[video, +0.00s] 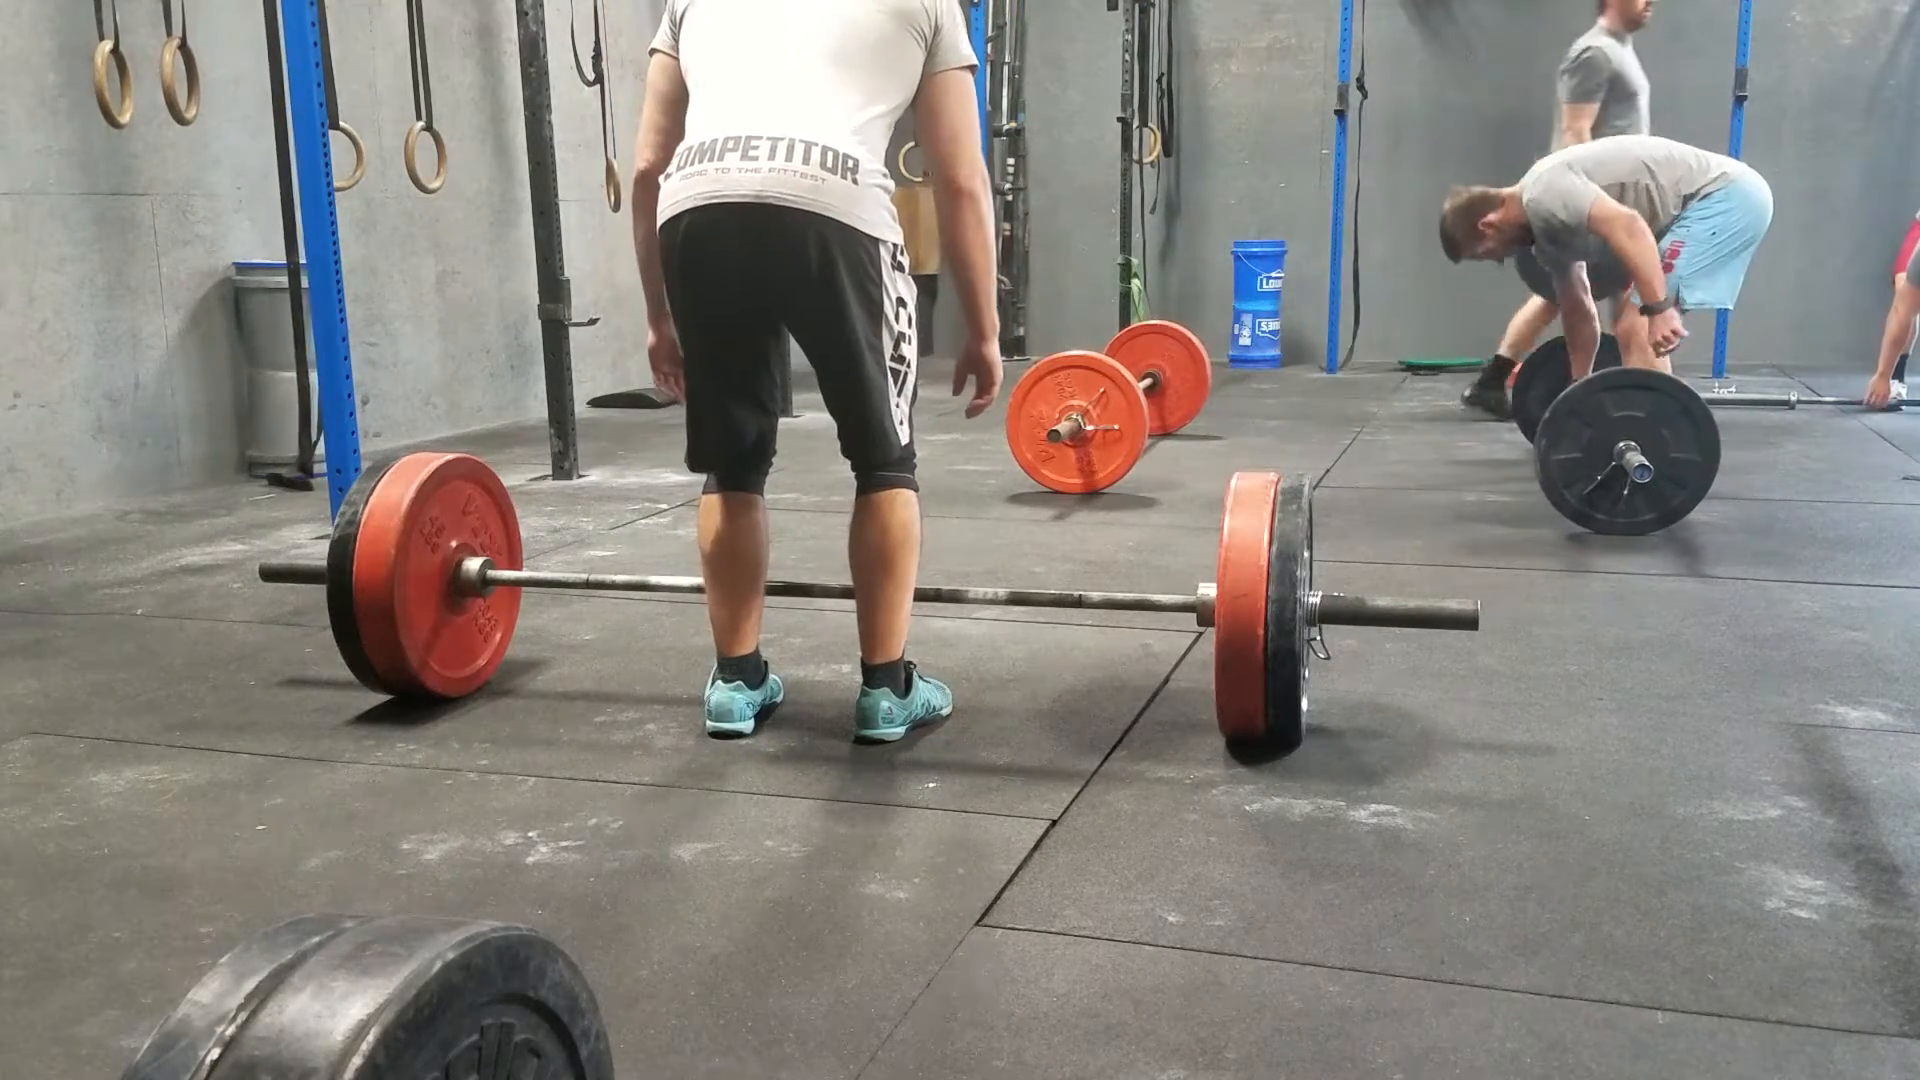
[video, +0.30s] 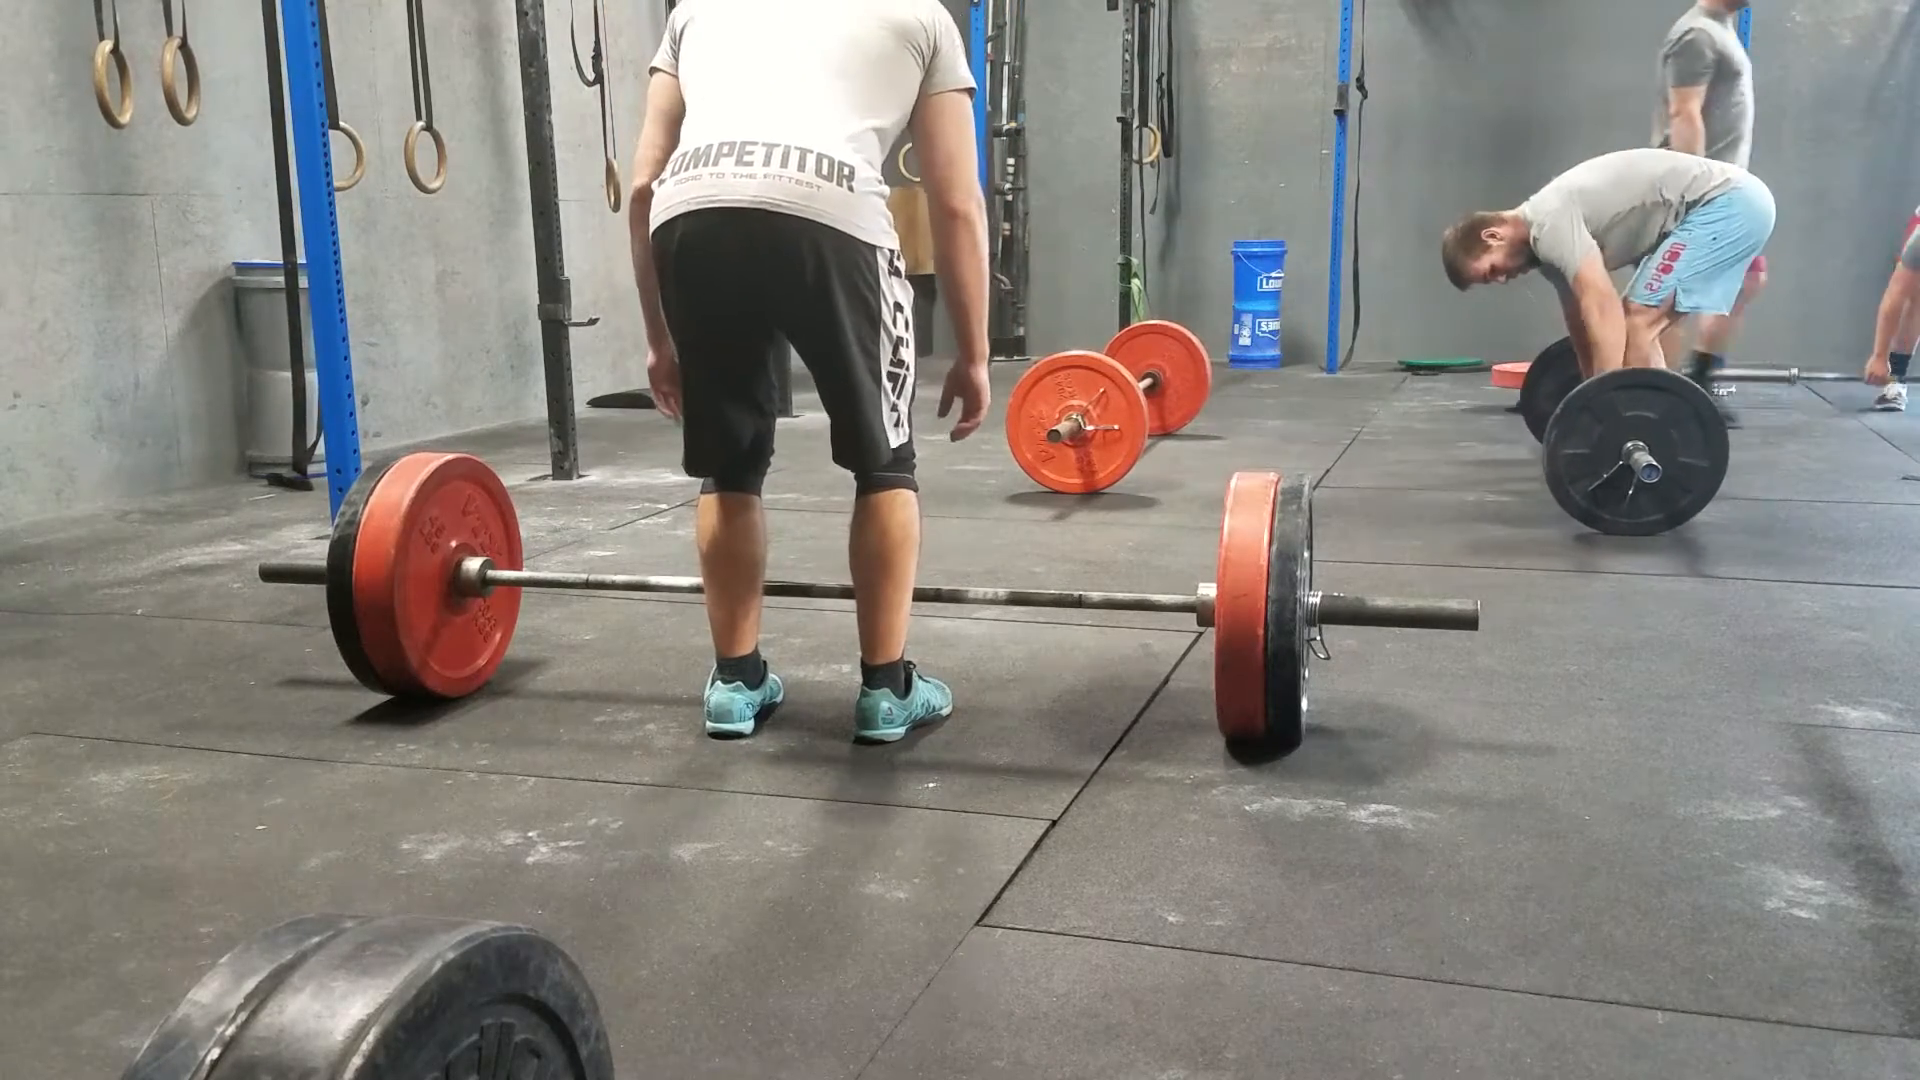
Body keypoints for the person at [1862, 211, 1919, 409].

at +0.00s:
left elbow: (1902, 310)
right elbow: (1902, 309)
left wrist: (1883, 375)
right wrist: (1884, 375)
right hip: (1918, 224)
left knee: (1906, 288)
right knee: (1905, 288)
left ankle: (1896, 378)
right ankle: (1896, 378)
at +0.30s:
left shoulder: (1916, 239)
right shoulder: (1917, 238)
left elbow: (1897, 293)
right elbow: (1895, 293)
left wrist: (1880, 355)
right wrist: (1880, 355)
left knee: (1912, 301)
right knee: (1912, 301)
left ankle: (1897, 379)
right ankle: (1896, 380)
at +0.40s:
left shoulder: (1915, 220)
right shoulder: (1917, 220)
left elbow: (1894, 266)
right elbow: (1893, 266)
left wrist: (1880, 328)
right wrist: (1879, 329)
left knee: (1913, 283)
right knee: (1914, 283)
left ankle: (1896, 382)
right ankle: (1895, 382)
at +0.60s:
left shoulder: (1914, 169)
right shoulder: (1916, 169)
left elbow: (1883, 192)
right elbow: (1883, 191)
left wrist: (1881, 246)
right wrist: (1881, 247)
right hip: (1913, 262)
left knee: (1911, 297)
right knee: (1914, 293)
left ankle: (1897, 381)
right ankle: (1897, 381)